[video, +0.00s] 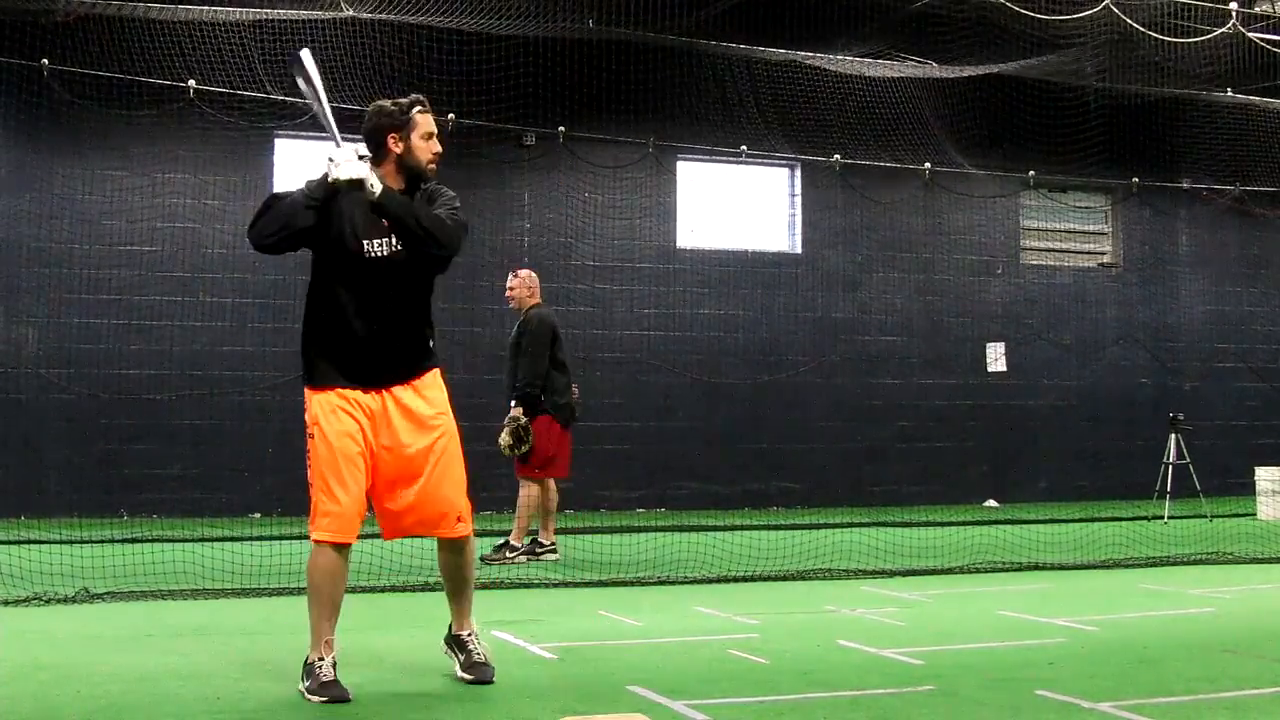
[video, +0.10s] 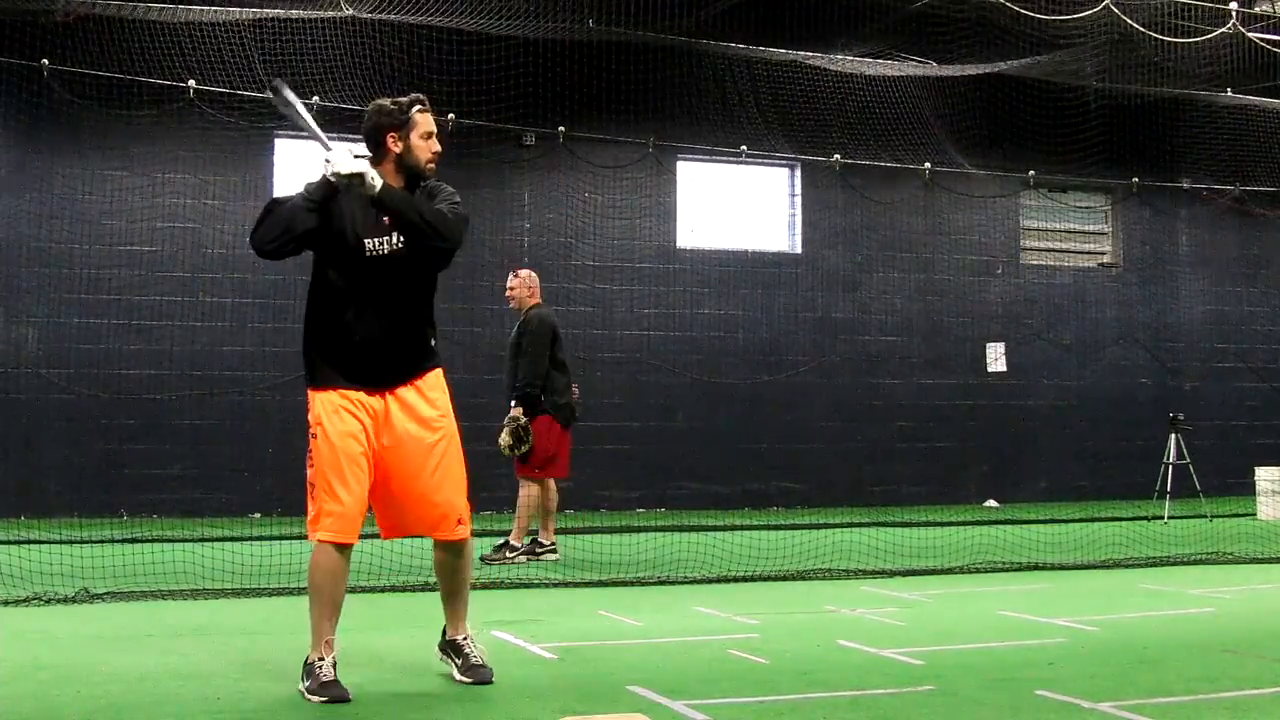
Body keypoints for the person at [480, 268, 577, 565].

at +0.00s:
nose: (507, 294)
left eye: (512, 289)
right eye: (507, 290)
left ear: (530, 290)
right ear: (526, 292)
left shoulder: (537, 319)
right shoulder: (533, 318)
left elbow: (533, 368)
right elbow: (529, 368)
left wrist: (519, 405)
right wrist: (517, 402)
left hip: (541, 409)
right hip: (547, 408)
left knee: (528, 476)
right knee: (544, 476)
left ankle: (515, 542)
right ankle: (546, 541)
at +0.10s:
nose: (507, 294)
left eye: (512, 289)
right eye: (507, 289)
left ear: (530, 290)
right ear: (527, 291)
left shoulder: (537, 319)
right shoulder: (534, 318)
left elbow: (533, 368)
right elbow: (531, 368)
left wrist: (519, 405)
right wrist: (518, 402)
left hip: (542, 409)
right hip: (549, 408)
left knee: (528, 475)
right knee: (544, 476)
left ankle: (515, 542)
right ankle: (546, 541)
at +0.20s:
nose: (507, 294)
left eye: (512, 289)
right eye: (507, 289)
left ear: (531, 289)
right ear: (528, 291)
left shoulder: (537, 319)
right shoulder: (535, 318)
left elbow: (533, 368)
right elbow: (536, 367)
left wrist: (519, 404)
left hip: (541, 409)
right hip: (549, 408)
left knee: (528, 476)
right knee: (545, 476)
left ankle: (515, 542)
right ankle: (546, 541)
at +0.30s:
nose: (508, 294)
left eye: (513, 289)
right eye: (508, 289)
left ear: (531, 290)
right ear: (528, 291)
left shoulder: (538, 319)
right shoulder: (534, 318)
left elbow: (533, 368)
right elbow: (534, 367)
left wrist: (519, 404)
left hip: (541, 409)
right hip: (549, 408)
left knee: (528, 476)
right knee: (545, 477)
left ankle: (515, 542)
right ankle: (546, 541)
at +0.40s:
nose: (509, 293)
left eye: (514, 288)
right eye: (509, 289)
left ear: (531, 290)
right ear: (529, 292)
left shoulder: (538, 319)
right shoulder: (536, 318)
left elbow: (533, 367)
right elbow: (538, 366)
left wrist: (519, 404)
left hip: (540, 409)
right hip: (550, 408)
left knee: (528, 476)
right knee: (545, 477)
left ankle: (515, 542)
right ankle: (546, 541)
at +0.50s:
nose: (509, 293)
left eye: (514, 288)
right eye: (510, 289)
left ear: (532, 290)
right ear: (530, 291)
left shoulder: (538, 319)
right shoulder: (536, 318)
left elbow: (533, 367)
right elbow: (536, 366)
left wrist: (519, 403)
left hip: (541, 410)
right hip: (551, 409)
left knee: (528, 477)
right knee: (545, 477)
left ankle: (515, 542)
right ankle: (546, 541)